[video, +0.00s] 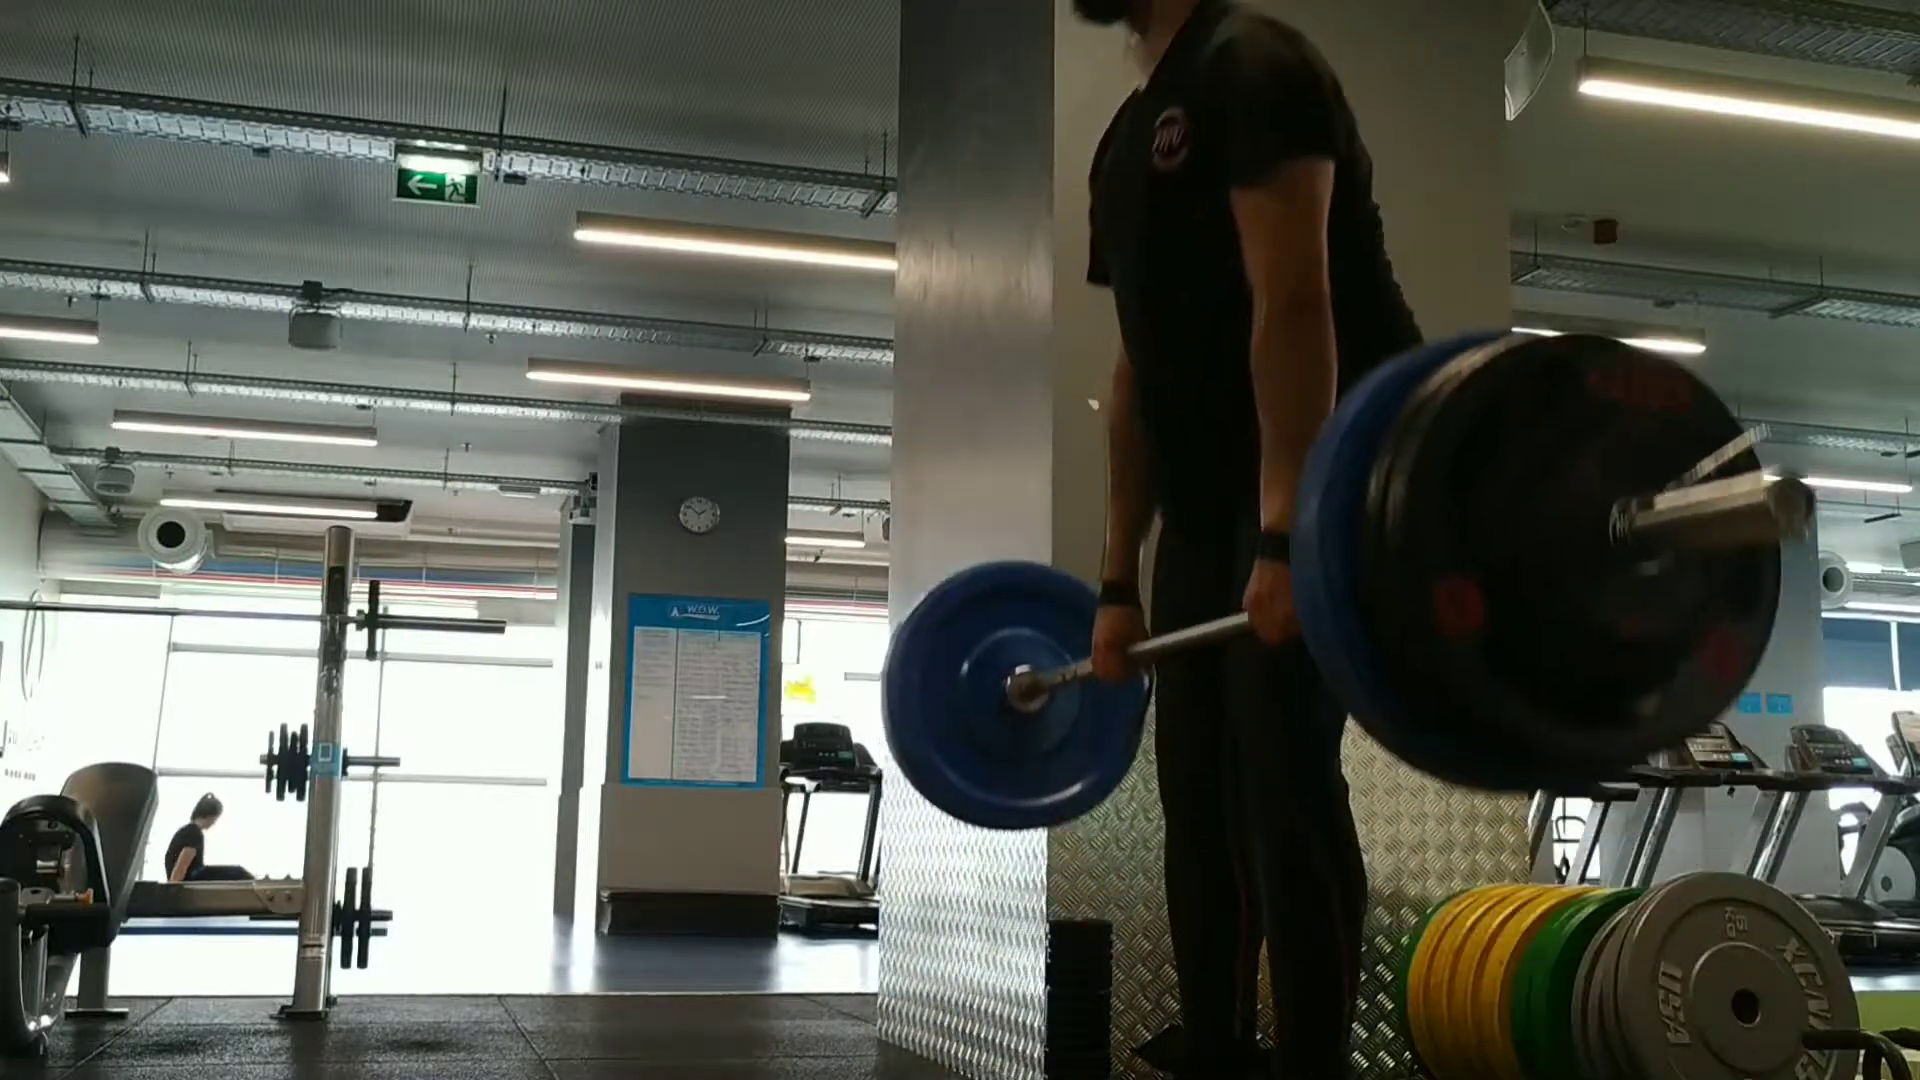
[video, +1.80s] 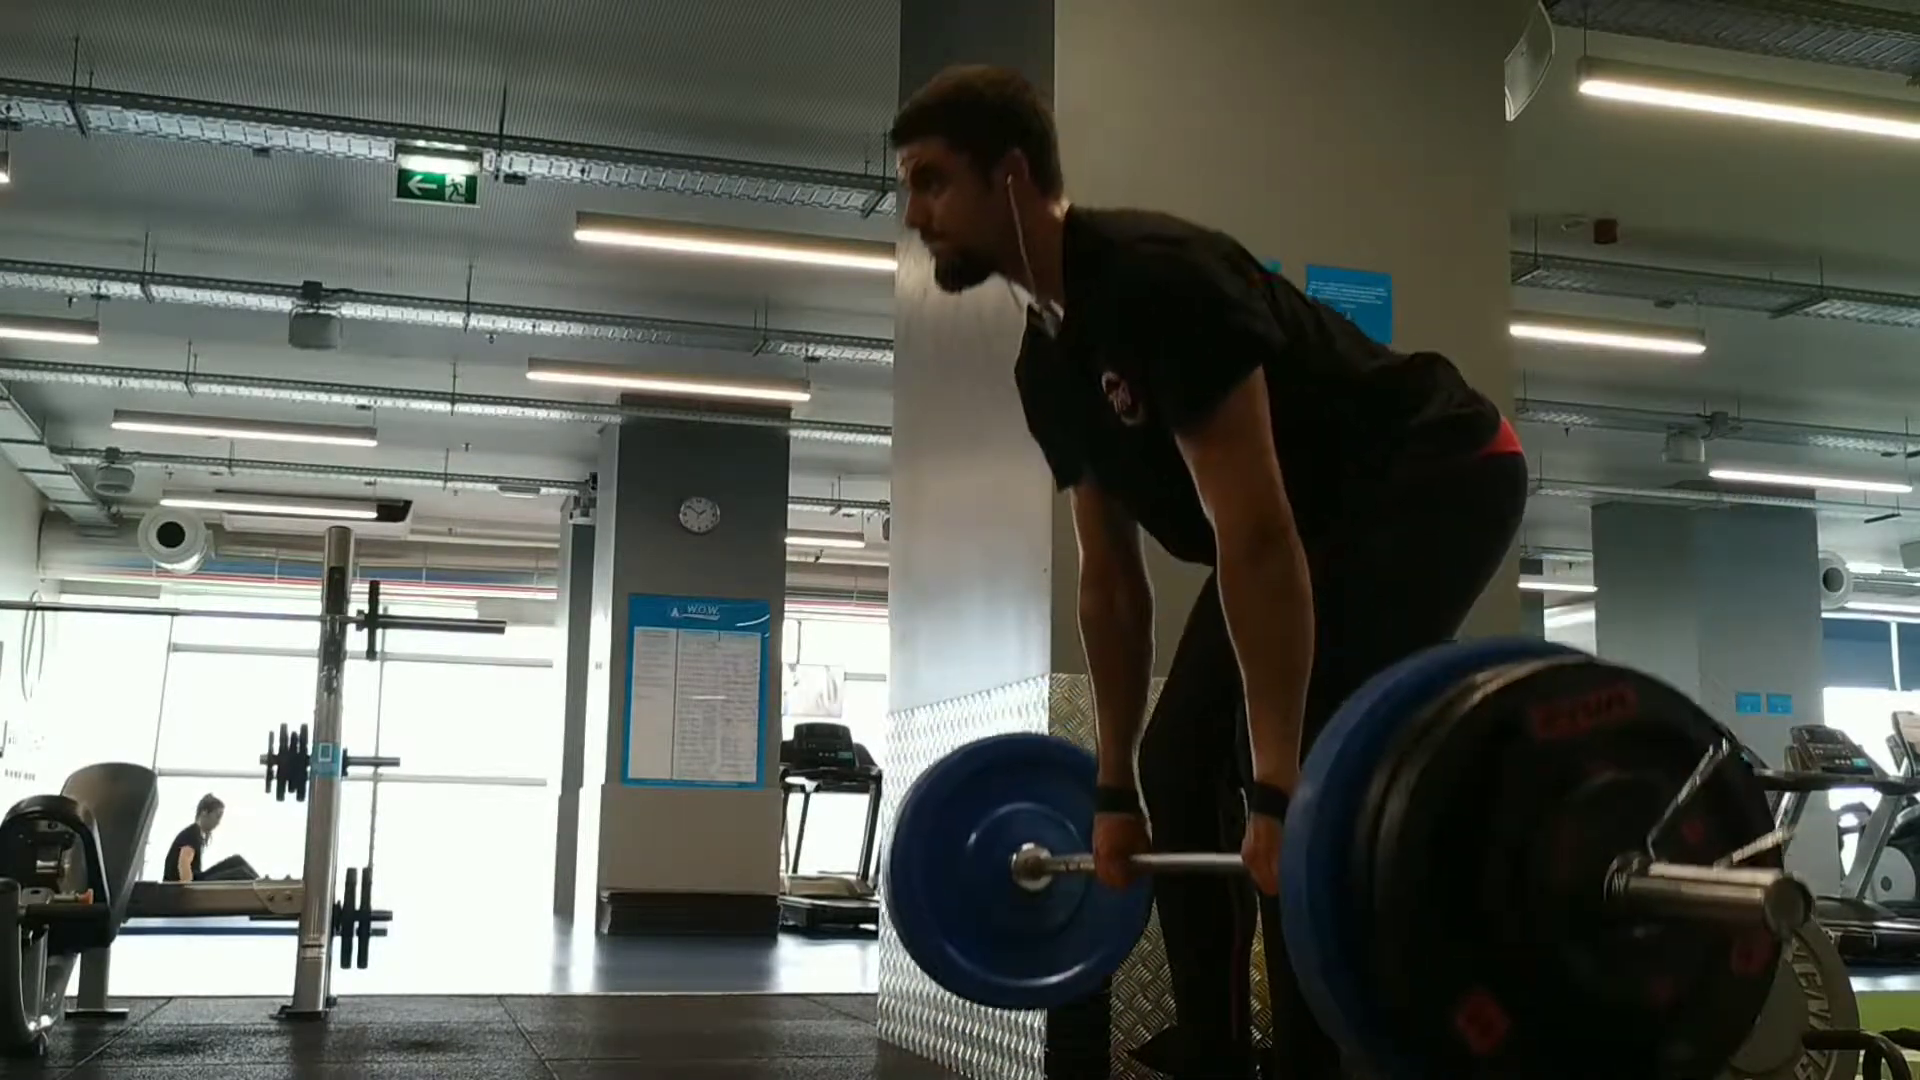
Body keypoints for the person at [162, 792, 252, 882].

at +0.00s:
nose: (215, 822)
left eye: (216, 819)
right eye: (215, 818)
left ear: (198, 811)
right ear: (210, 816)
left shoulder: (188, 831)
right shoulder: (194, 833)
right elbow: (181, 867)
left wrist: (170, 891)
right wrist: (171, 892)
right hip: (191, 878)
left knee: (237, 871)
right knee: (238, 871)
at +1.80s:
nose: (219, 821)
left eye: (220, 817)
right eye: (217, 816)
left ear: (204, 813)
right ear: (204, 813)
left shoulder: (197, 834)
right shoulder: (193, 834)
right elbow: (184, 863)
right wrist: (188, 890)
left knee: (236, 861)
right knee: (240, 873)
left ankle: (264, 886)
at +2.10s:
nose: (220, 822)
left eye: (221, 818)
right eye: (218, 817)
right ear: (204, 813)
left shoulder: (197, 836)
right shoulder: (195, 837)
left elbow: (195, 870)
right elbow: (194, 870)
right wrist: (201, 894)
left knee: (236, 861)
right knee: (242, 871)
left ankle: (262, 886)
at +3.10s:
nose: (213, 823)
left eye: (218, 820)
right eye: (211, 817)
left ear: (222, 822)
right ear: (203, 814)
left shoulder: (209, 841)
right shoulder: (191, 837)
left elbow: (203, 867)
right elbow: (165, 866)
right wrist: (165, 890)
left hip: (203, 877)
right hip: (190, 883)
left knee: (236, 862)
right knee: (241, 872)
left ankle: (260, 885)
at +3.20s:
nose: (212, 823)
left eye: (217, 820)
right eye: (209, 817)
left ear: (220, 822)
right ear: (202, 815)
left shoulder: (210, 841)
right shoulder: (188, 837)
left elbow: (204, 867)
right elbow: (165, 866)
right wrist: (158, 886)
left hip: (203, 878)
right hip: (187, 883)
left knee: (236, 862)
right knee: (240, 872)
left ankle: (261, 885)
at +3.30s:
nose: (211, 823)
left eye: (215, 820)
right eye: (207, 817)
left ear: (219, 822)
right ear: (200, 815)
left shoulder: (209, 841)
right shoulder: (187, 837)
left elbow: (204, 866)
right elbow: (166, 866)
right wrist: (158, 886)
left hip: (203, 877)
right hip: (188, 882)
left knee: (236, 862)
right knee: (240, 872)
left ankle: (260, 885)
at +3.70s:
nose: (212, 823)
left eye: (216, 820)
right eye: (208, 818)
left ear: (219, 822)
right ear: (200, 815)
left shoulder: (206, 840)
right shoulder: (186, 837)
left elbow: (197, 863)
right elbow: (171, 864)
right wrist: (156, 885)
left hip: (200, 878)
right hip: (187, 884)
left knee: (235, 862)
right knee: (241, 872)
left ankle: (259, 884)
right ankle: (261, 888)